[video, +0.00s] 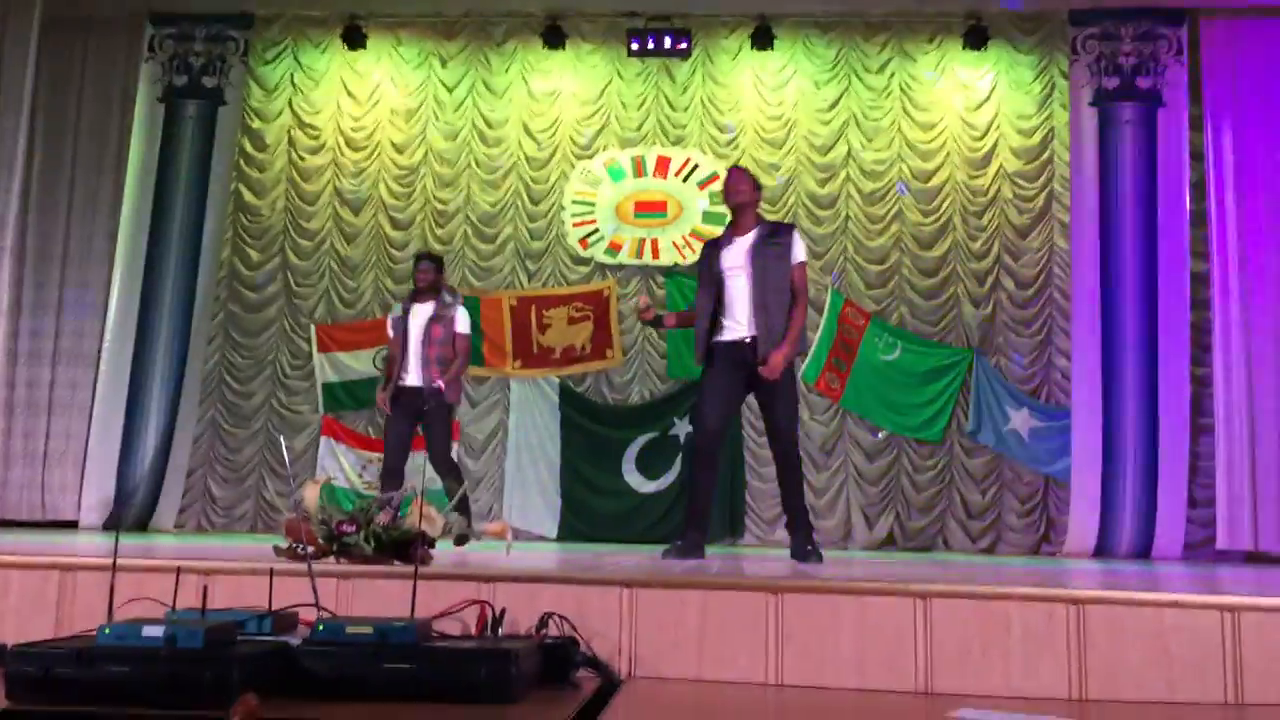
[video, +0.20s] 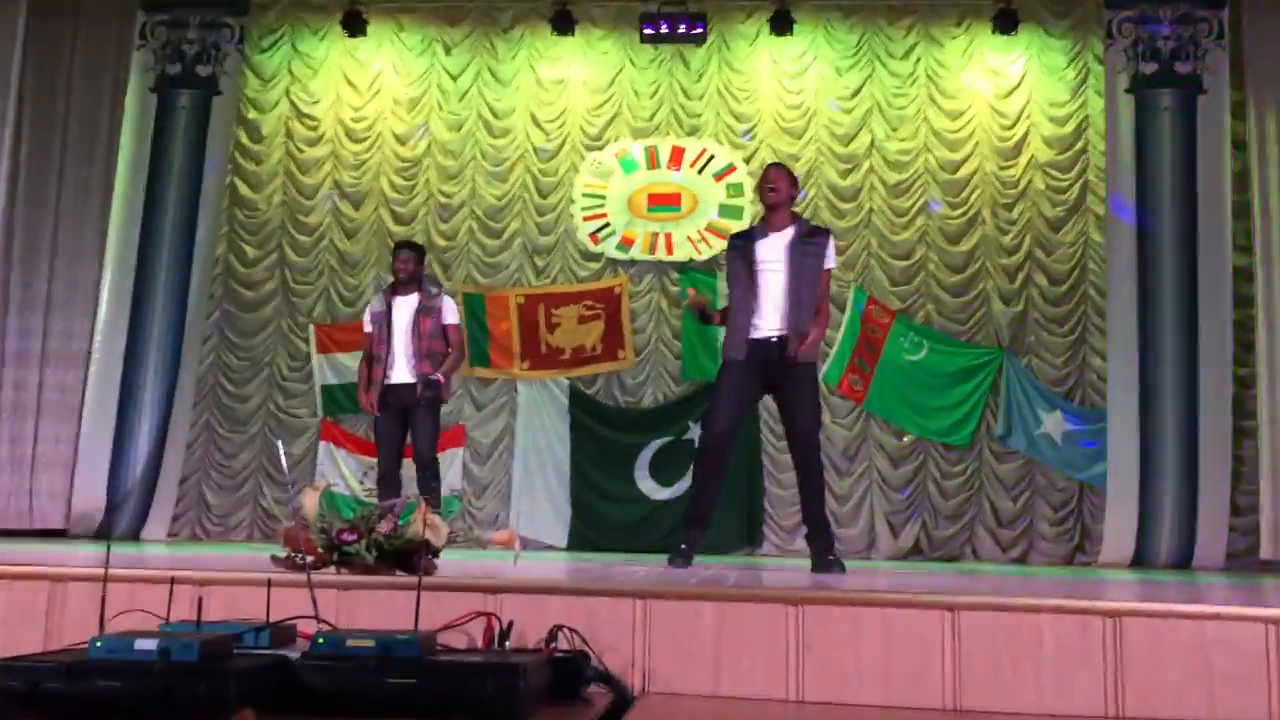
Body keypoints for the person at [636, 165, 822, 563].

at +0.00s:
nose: (733, 191)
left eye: (740, 185)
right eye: (728, 186)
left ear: (757, 194)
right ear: (723, 198)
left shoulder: (784, 236)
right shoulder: (713, 249)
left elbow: (800, 300)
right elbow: (706, 312)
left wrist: (785, 350)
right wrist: (661, 318)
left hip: (771, 355)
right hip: (724, 355)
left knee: (785, 447)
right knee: (705, 440)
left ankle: (802, 541)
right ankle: (693, 540)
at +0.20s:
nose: (768, 188)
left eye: (777, 184)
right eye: (764, 184)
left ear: (794, 193)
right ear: (758, 193)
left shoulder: (817, 239)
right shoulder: (740, 243)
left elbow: (823, 303)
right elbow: (739, 311)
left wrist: (813, 336)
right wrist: (710, 314)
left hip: (794, 356)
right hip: (744, 356)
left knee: (807, 451)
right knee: (713, 441)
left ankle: (822, 551)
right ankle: (689, 541)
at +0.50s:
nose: (782, 180)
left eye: (791, 174)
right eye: (776, 174)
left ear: (807, 185)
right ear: (765, 184)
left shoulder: (827, 235)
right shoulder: (749, 241)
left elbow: (841, 269)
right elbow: (723, 283)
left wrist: (837, 200)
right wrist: (711, 213)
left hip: (821, 371)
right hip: (759, 373)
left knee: (851, 480)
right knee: (725, 478)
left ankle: (890, 598)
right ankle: (693, 592)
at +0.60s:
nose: (759, 186)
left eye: (769, 179)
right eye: (755, 179)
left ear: (790, 187)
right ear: (749, 189)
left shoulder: (822, 239)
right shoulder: (737, 248)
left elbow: (827, 298)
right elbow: (721, 315)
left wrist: (790, 244)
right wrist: (728, 250)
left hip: (805, 372)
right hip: (745, 375)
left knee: (843, 477)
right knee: (719, 478)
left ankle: (889, 593)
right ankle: (701, 592)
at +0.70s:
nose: (742, 165)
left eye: (753, 157)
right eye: (739, 158)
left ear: (778, 167)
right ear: (737, 169)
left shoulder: (819, 223)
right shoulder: (725, 242)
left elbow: (830, 305)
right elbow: (723, 322)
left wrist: (775, 314)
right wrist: (738, 309)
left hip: (805, 369)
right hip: (744, 372)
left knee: (839, 478)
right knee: (725, 487)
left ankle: (868, 604)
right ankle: (710, 615)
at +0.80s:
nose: (713, 167)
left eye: (722, 158)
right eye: (712, 159)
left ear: (753, 164)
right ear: (721, 169)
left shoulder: (798, 219)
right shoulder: (709, 238)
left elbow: (812, 303)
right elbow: (701, 324)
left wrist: (779, 359)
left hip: (786, 367)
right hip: (727, 372)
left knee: (809, 472)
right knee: (712, 487)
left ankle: (814, 595)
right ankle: (701, 613)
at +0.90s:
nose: (697, 184)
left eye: (706, 175)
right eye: (698, 176)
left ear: (738, 178)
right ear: (720, 182)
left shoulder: (784, 230)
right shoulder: (701, 247)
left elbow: (798, 315)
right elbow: (686, 332)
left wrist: (760, 372)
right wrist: (680, 405)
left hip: (767, 379)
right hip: (708, 383)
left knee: (781, 478)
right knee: (697, 501)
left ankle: (793, 579)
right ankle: (693, 622)